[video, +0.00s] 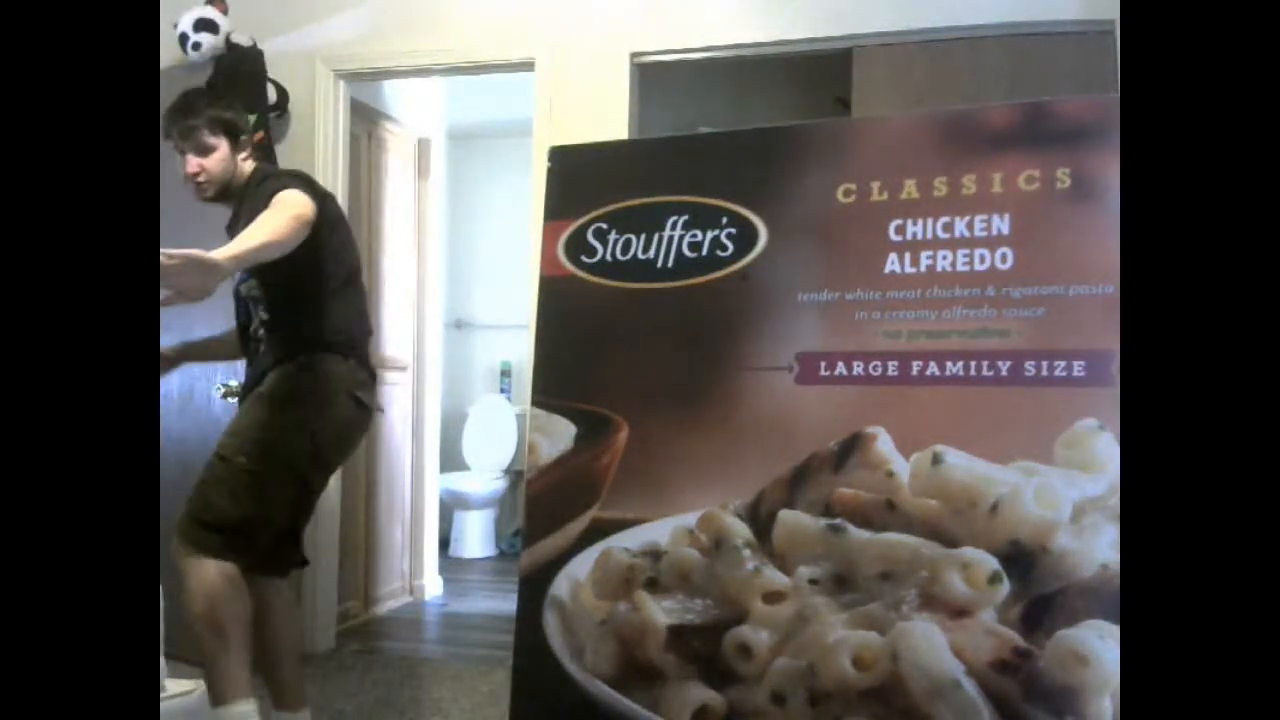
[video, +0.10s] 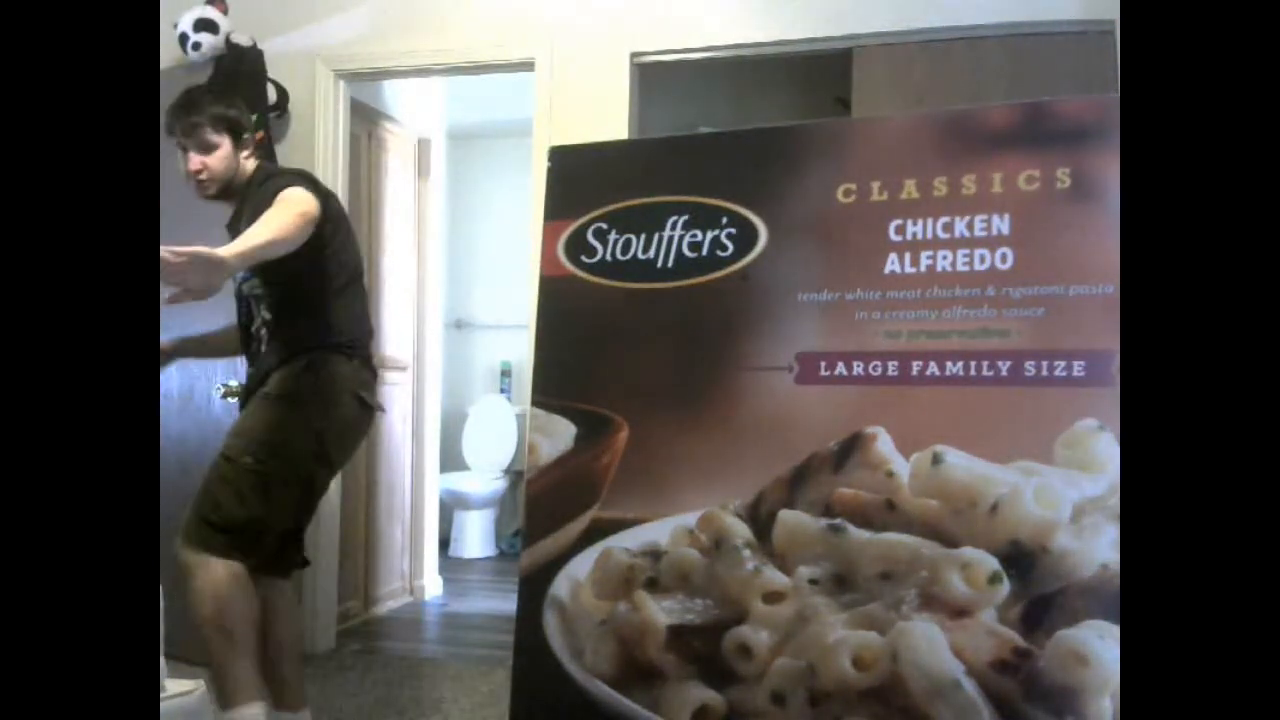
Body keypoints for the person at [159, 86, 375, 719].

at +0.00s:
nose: (189, 167)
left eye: (201, 150)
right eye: (183, 154)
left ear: (247, 144)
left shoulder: (286, 187)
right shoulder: (257, 220)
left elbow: (295, 219)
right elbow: (264, 336)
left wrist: (224, 261)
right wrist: (180, 353)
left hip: (314, 381)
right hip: (304, 385)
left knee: (204, 538)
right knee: (264, 555)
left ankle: (233, 705)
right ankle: (290, 708)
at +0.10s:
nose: (192, 164)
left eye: (204, 147)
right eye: (186, 151)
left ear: (250, 143)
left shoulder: (287, 186)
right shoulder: (256, 218)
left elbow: (299, 218)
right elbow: (263, 334)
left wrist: (230, 259)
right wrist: (176, 347)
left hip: (319, 381)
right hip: (302, 385)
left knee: (209, 543)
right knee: (268, 558)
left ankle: (244, 706)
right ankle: (289, 706)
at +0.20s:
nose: (193, 161)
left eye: (206, 144)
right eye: (187, 148)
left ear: (250, 141)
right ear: (186, 150)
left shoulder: (291, 186)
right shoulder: (250, 218)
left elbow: (302, 218)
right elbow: (257, 332)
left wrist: (237, 257)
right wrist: (172, 342)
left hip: (323, 381)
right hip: (295, 387)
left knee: (213, 543)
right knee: (267, 560)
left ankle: (258, 706)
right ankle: (290, 705)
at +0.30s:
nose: (201, 154)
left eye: (214, 138)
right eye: (195, 140)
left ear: (257, 134)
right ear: (191, 139)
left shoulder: (301, 189)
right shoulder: (244, 215)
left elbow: (323, 242)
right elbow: (236, 317)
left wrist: (251, 300)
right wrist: (175, 324)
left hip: (327, 386)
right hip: (284, 389)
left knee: (221, 541)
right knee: (258, 553)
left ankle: (297, 697)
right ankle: (260, 692)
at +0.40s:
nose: (227, 151)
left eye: (241, 132)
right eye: (220, 135)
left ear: (279, 129)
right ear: (217, 138)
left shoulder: (325, 197)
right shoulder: (246, 207)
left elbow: (353, 309)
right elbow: (246, 323)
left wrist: (271, 382)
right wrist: (181, 316)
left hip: (328, 396)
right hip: (273, 396)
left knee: (252, 551)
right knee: (222, 551)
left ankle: (315, 707)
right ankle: (280, 698)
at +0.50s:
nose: (247, 153)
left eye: (259, 135)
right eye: (241, 138)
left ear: (298, 131)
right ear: (245, 143)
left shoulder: (351, 218)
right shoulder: (259, 210)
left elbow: (307, 328)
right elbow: (244, 316)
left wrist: (247, 290)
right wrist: (195, 385)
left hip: (327, 406)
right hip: (251, 399)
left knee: (262, 557)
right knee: (182, 527)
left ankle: (310, 707)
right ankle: (276, 669)